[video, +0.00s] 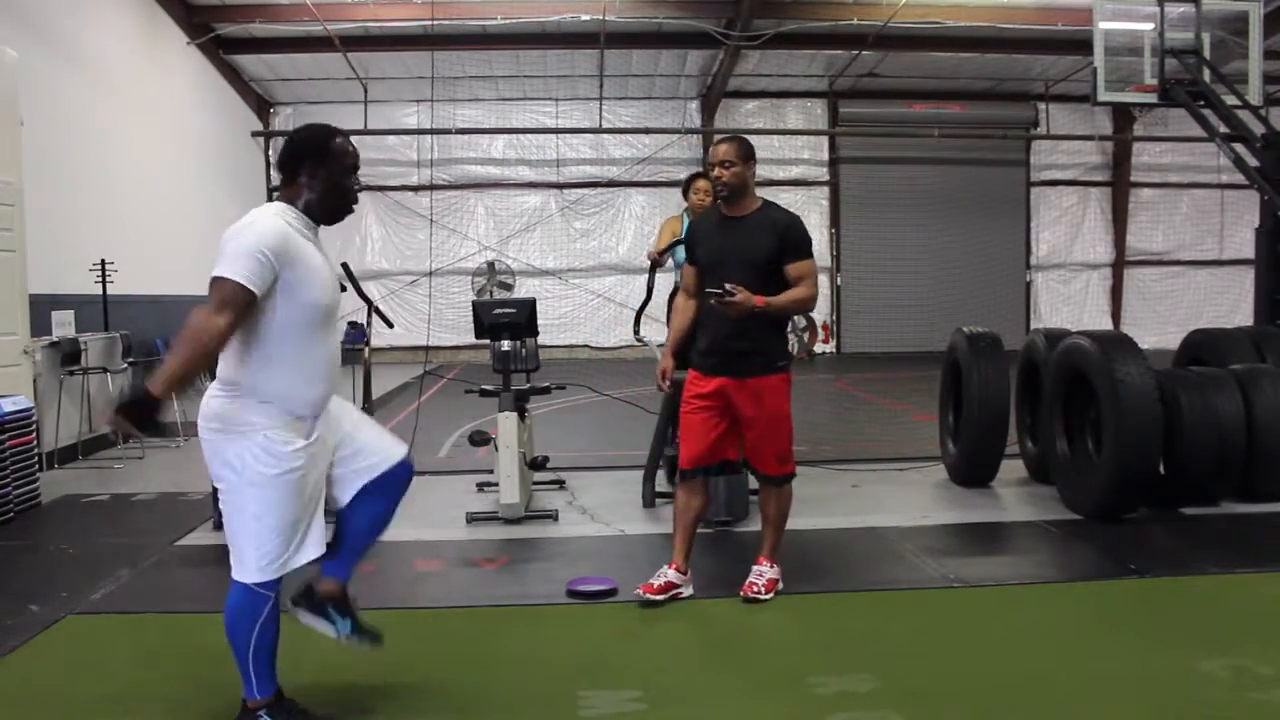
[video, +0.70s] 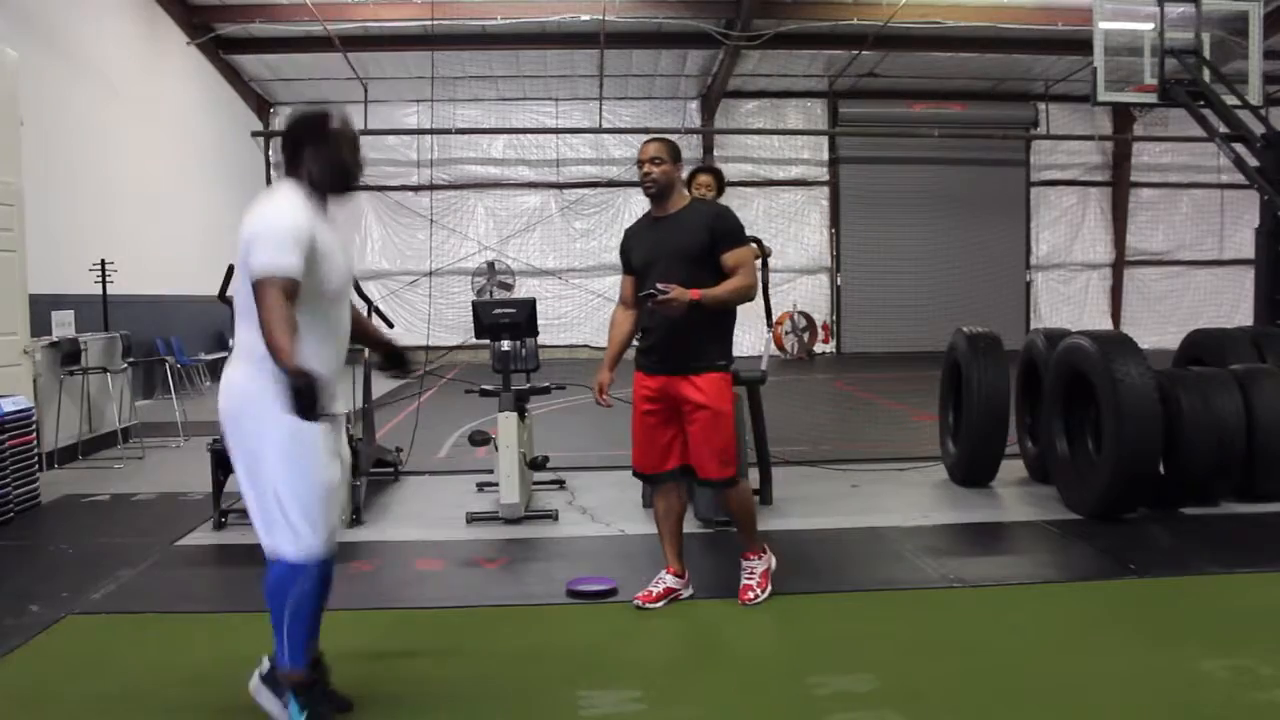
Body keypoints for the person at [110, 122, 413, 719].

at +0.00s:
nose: (356, 190)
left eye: (356, 177)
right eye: (348, 175)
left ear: (308, 177)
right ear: (308, 175)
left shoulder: (303, 236)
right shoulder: (263, 233)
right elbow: (215, 318)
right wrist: (151, 393)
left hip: (310, 410)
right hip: (256, 427)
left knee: (388, 468)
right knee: (260, 574)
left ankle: (329, 589)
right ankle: (260, 700)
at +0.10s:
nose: (362, 187)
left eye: (361, 174)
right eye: (353, 173)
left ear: (314, 177)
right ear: (313, 176)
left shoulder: (309, 240)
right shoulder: (267, 229)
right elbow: (214, 297)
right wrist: (143, 325)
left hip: (316, 420)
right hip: (259, 429)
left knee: (373, 504)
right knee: (262, 572)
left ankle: (316, 627)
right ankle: (261, 701)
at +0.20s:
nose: (361, 186)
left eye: (361, 173)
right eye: (352, 172)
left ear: (312, 177)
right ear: (312, 174)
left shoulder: (311, 237)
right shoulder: (272, 229)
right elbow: (222, 292)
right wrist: (196, 272)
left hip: (314, 425)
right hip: (260, 428)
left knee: (333, 547)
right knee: (273, 571)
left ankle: (294, 671)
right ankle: (259, 702)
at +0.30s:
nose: (364, 181)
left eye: (363, 170)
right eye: (354, 169)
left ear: (317, 175)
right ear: (316, 174)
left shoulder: (318, 238)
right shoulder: (277, 224)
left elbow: (324, 269)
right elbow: (237, 291)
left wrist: (363, 231)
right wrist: (271, 261)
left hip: (302, 425)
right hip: (258, 426)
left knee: (309, 566)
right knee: (283, 574)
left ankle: (284, 678)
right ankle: (264, 700)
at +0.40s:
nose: (372, 185)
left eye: (370, 173)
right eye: (360, 172)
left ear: (332, 182)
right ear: (322, 180)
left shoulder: (333, 240)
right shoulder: (288, 232)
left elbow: (355, 285)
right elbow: (266, 301)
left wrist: (406, 262)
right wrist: (329, 281)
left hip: (292, 421)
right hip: (252, 422)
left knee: (315, 558)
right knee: (300, 564)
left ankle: (288, 679)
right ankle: (265, 697)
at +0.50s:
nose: (371, 208)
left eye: (369, 196)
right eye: (359, 196)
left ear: (325, 206)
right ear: (320, 204)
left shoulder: (328, 266)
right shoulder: (293, 258)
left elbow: (352, 330)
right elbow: (282, 335)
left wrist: (401, 319)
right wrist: (360, 331)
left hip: (297, 437)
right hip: (252, 439)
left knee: (338, 557)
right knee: (323, 565)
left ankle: (287, 678)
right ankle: (267, 696)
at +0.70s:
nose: (356, 155)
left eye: (353, 143)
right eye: (344, 144)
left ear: (314, 155)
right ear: (313, 152)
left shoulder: (314, 216)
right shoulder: (283, 210)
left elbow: (332, 303)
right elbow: (273, 296)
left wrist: (381, 344)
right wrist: (293, 367)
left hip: (300, 394)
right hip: (272, 396)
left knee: (309, 535)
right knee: (304, 538)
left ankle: (291, 666)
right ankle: (292, 677)